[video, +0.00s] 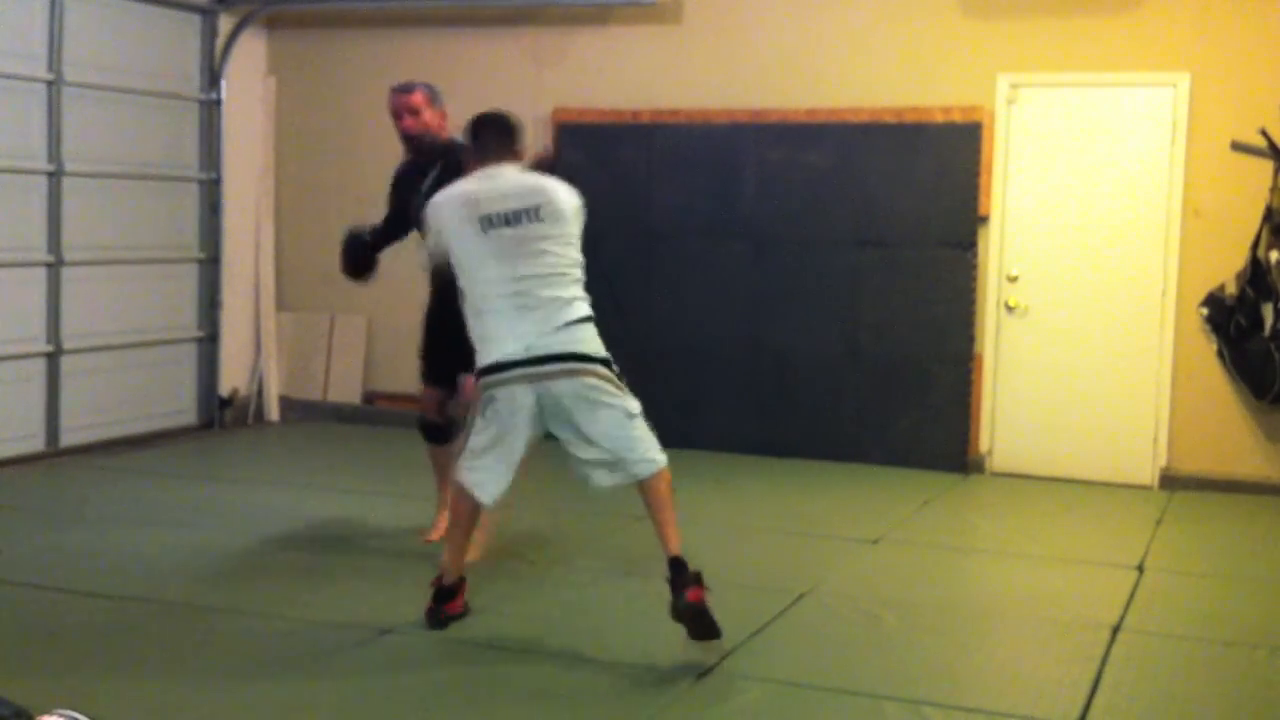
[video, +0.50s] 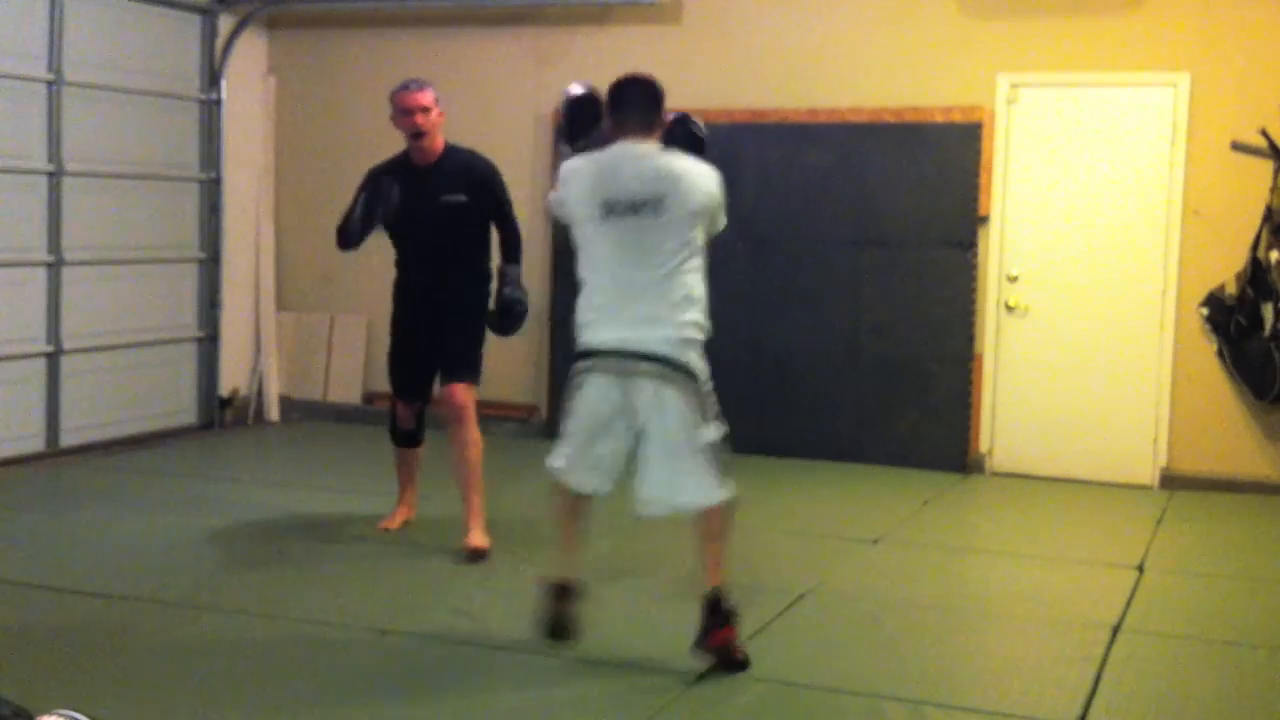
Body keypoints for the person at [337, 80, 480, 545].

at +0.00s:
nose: (406, 123)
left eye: (414, 112)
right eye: (398, 116)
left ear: (441, 113)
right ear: (394, 123)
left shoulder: (469, 161)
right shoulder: (408, 174)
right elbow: (400, 222)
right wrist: (367, 243)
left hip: (487, 288)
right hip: (445, 291)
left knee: (477, 395)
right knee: (434, 405)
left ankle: (479, 510)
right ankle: (448, 503)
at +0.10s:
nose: (405, 129)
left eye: (414, 119)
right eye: (399, 121)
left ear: (439, 122)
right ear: (396, 128)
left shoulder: (464, 168)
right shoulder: (410, 177)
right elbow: (406, 218)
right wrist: (377, 246)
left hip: (471, 294)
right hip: (433, 293)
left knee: (460, 402)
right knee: (414, 402)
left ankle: (465, 509)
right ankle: (439, 490)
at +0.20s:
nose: (398, 131)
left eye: (407, 121)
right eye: (390, 124)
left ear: (432, 124)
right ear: (384, 131)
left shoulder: (468, 176)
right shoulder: (399, 182)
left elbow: (498, 237)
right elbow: (410, 230)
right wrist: (379, 254)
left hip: (468, 305)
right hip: (423, 306)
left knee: (448, 406)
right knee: (402, 407)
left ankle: (459, 528)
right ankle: (407, 494)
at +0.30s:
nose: (400, 129)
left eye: (408, 119)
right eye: (391, 121)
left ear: (431, 121)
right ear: (384, 128)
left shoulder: (467, 174)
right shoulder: (392, 184)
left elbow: (519, 219)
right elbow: (395, 236)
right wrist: (371, 257)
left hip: (465, 297)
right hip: (418, 297)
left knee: (446, 409)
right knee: (402, 410)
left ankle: (457, 532)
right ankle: (405, 501)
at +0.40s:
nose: (410, 125)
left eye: (417, 115)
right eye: (400, 118)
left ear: (435, 118)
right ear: (389, 126)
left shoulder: (475, 176)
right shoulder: (385, 184)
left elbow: (515, 234)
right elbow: (362, 247)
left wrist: (518, 287)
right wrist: (365, 242)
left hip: (463, 303)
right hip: (413, 303)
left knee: (449, 404)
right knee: (404, 412)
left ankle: (460, 523)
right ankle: (405, 501)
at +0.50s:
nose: (416, 120)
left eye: (424, 111)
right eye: (406, 113)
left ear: (440, 114)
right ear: (394, 120)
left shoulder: (476, 171)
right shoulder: (387, 177)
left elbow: (508, 230)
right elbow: (347, 240)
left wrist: (511, 283)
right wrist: (367, 206)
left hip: (465, 300)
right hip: (413, 301)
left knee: (457, 400)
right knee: (405, 408)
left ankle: (475, 521)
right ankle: (405, 502)